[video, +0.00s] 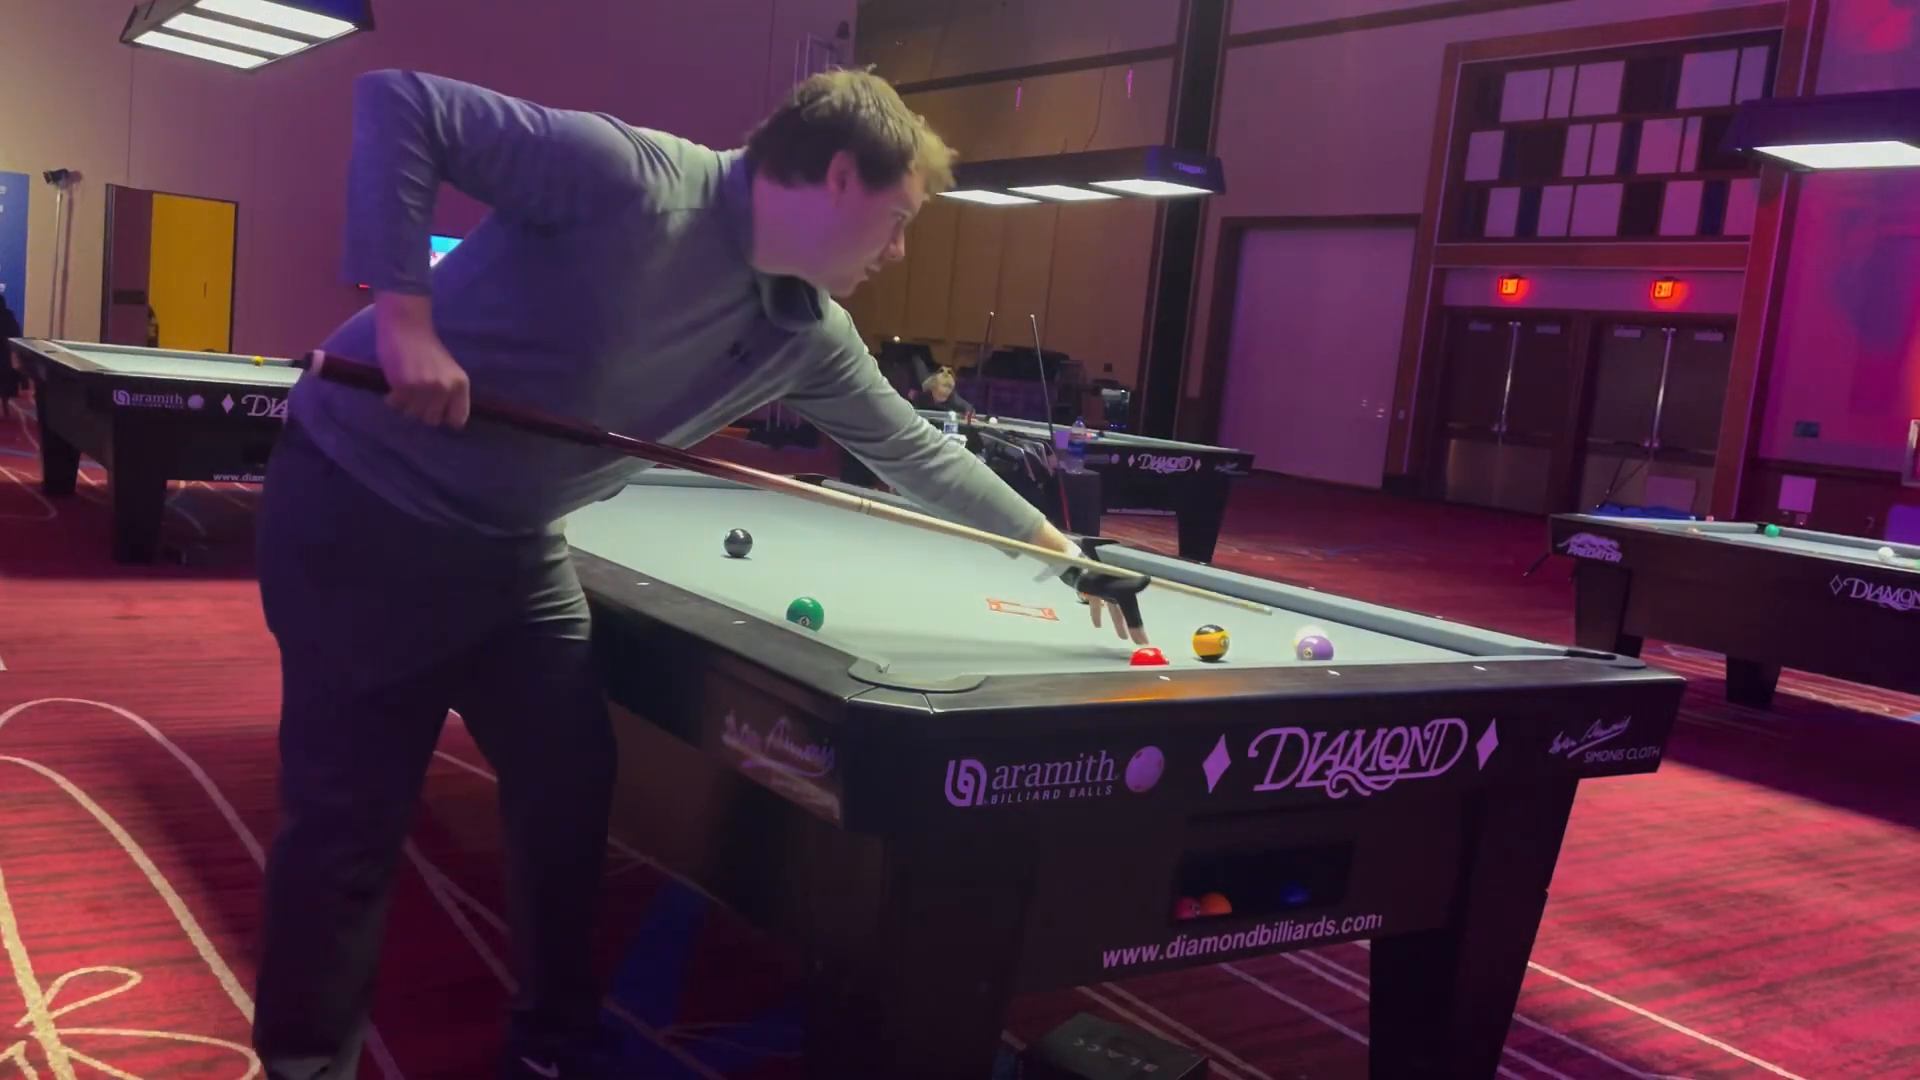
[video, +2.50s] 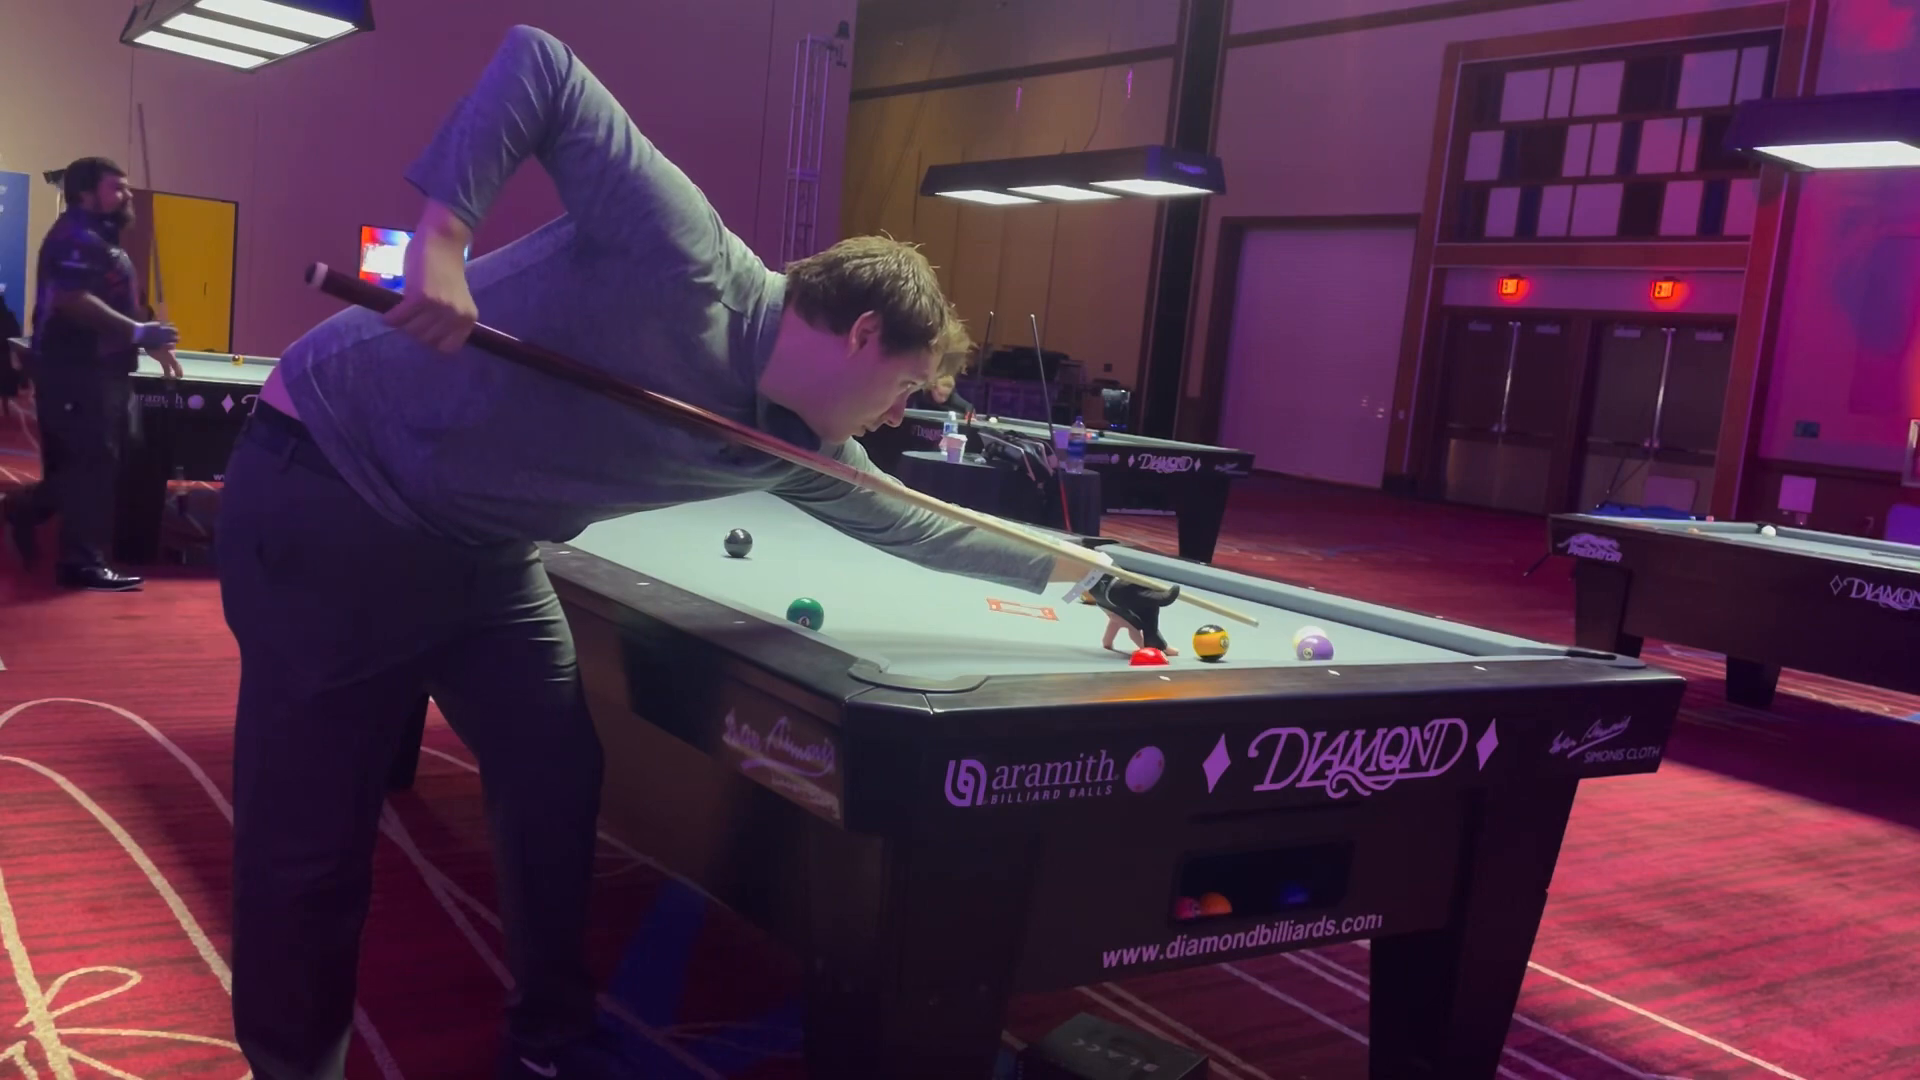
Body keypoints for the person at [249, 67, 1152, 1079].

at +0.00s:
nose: (898, 244)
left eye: (908, 222)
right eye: (900, 214)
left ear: (837, 187)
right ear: (837, 180)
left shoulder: (806, 333)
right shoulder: (630, 179)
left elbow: (918, 450)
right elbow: (402, 103)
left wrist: (1066, 557)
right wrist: (400, 310)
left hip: (514, 537)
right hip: (370, 499)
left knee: (568, 775)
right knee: (346, 821)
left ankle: (553, 1036)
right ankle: (304, 1060)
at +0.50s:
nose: (903, 313)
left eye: (915, 289)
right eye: (907, 279)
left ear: (847, 249)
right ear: (848, 237)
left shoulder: (807, 384)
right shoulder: (648, 208)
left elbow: (940, 479)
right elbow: (448, 83)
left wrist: (1086, 561)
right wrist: (432, 287)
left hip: (494, 535)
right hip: (345, 487)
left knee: (559, 774)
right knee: (324, 819)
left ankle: (551, 1037)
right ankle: (298, 1058)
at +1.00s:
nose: (902, 360)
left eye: (914, 341)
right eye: (911, 330)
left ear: (851, 288)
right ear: (864, 280)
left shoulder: (798, 411)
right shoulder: (665, 226)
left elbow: (926, 502)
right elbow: (492, 70)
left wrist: (1080, 560)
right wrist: (452, 265)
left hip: (487, 535)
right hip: (336, 486)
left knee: (555, 767)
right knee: (315, 829)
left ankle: (549, 1034)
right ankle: (294, 1058)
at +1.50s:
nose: (900, 401)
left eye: (915, 381)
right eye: (910, 371)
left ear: (854, 330)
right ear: (863, 321)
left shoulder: (790, 428)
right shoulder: (676, 237)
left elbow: (914, 518)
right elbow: (527, 64)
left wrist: (1066, 561)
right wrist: (434, 238)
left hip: (487, 537)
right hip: (332, 483)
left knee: (555, 766)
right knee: (310, 826)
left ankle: (549, 1033)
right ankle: (293, 1060)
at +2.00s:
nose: (891, 414)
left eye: (908, 396)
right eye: (903, 385)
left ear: (852, 337)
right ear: (861, 328)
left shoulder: (782, 434)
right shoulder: (680, 243)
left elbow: (909, 519)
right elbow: (531, 68)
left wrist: (1064, 561)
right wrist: (478, 255)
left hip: (483, 529)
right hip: (329, 476)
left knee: (553, 757)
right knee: (311, 818)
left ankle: (549, 1031)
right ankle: (292, 1056)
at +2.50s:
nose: (892, 423)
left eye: (909, 405)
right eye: (903, 393)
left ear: (852, 344)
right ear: (857, 334)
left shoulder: (787, 436)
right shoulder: (678, 241)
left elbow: (912, 525)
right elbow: (535, 68)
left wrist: (1068, 561)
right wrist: (437, 239)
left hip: (482, 532)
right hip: (329, 478)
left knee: (553, 761)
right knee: (310, 827)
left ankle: (547, 1031)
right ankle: (293, 1056)